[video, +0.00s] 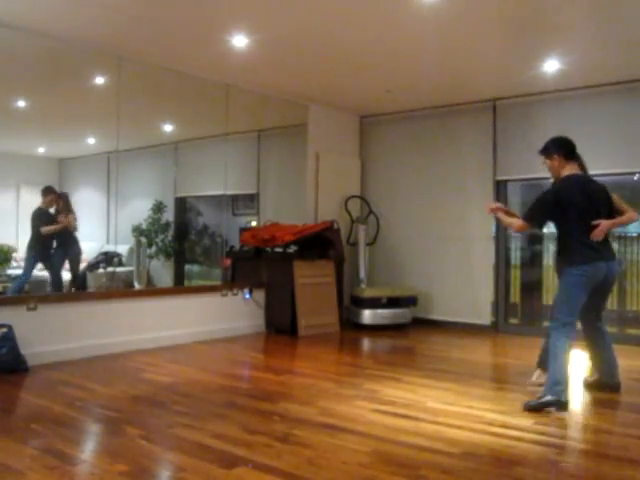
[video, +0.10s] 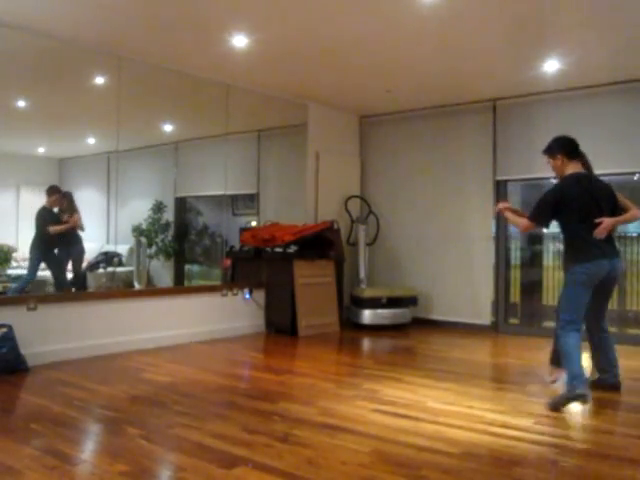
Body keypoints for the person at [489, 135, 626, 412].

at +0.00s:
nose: (547, 167)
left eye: (548, 161)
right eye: (546, 161)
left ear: (559, 159)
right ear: (572, 158)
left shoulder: (557, 192)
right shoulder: (597, 187)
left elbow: (522, 226)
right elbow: (631, 215)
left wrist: (500, 214)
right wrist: (610, 224)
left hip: (578, 268)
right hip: (606, 265)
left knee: (561, 326)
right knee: (591, 320)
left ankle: (555, 392)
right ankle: (608, 377)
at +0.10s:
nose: (551, 167)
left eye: (552, 162)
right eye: (550, 162)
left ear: (561, 159)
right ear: (576, 157)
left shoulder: (561, 189)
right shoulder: (599, 184)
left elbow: (529, 225)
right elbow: (633, 212)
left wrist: (507, 212)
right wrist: (613, 221)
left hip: (583, 265)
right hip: (610, 263)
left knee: (568, 326)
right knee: (596, 322)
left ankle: (576, 385)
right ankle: (609, 376)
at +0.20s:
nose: (554, 166)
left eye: (555, 161)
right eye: (553, 161)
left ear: (563, 158)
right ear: (579, 156)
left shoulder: (562, 189)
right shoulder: (602, 183)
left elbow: (530, 224)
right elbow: (634, 210)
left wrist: (512, 211)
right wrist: (613, 220)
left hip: (585, 264)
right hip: (612, 260)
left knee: (574, 325)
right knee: (598, 322)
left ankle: (596, 379)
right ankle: (610, 377)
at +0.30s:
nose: (556, 167)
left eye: (556, 161)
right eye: (555, 162)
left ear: (565, 158)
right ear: (581, 156)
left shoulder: (564, 187)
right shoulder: (603, 182)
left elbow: (533, 223)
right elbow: (635, 210)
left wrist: (515, 211)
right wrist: (614, 220)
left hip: (585, 263)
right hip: (612, 260)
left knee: (577, 325)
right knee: (599, 321)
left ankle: (601, 379)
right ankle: (610, 378)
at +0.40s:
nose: (558, 166)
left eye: (557, 160)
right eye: (557, 161)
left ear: (566, 157)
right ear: (581, 155)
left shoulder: (566, 186)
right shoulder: (604, 181)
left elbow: (532, 222)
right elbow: (635, 208)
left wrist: (516, 208)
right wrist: (615, 219)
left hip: (586, 262)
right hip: (612, 259)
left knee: (576, 324)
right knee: (599, 321)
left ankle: (601, 382)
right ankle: (610, 380)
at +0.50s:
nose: (558, 164)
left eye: (558, 158)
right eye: (557, 158)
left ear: (567, 155)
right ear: (582, 153)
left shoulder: (567, 185)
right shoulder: (605, 181)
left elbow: (532, 220)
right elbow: (634, 207)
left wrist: (512, 206)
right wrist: (617, 218)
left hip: (587, 261)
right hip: (613, 258)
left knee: (574, 320)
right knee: (600, 318)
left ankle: (596, 384)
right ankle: (610, 377)